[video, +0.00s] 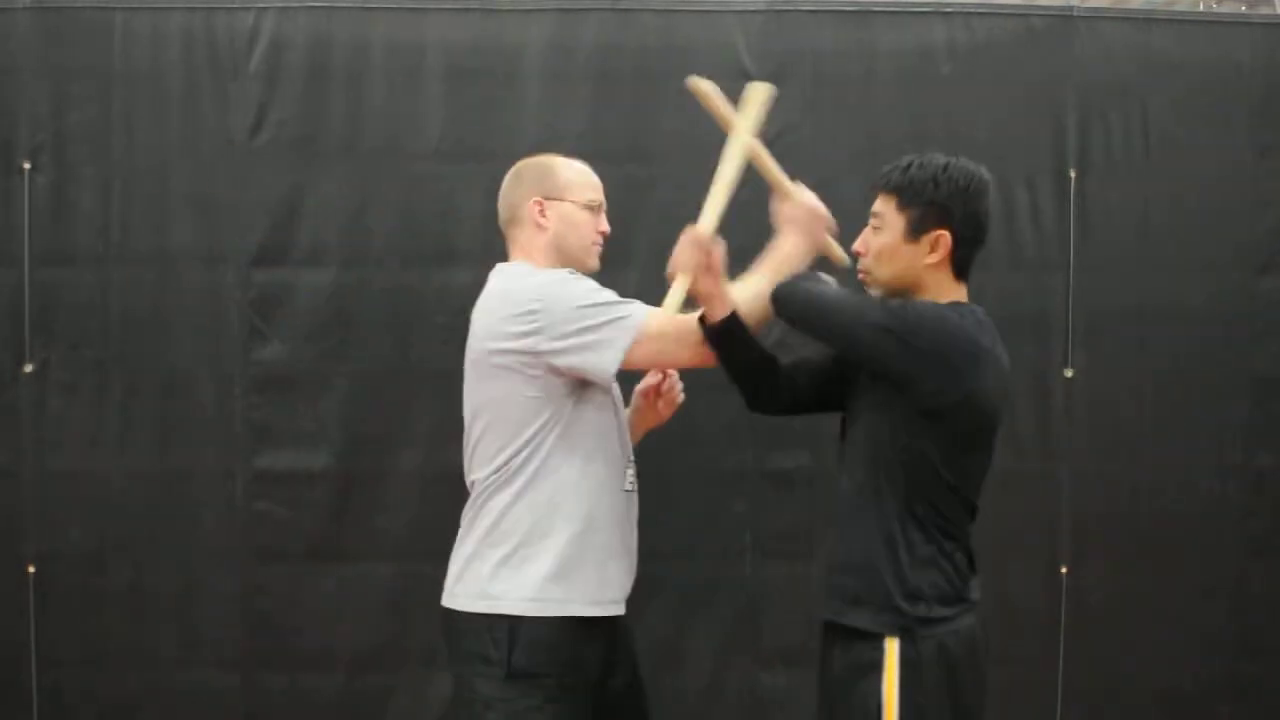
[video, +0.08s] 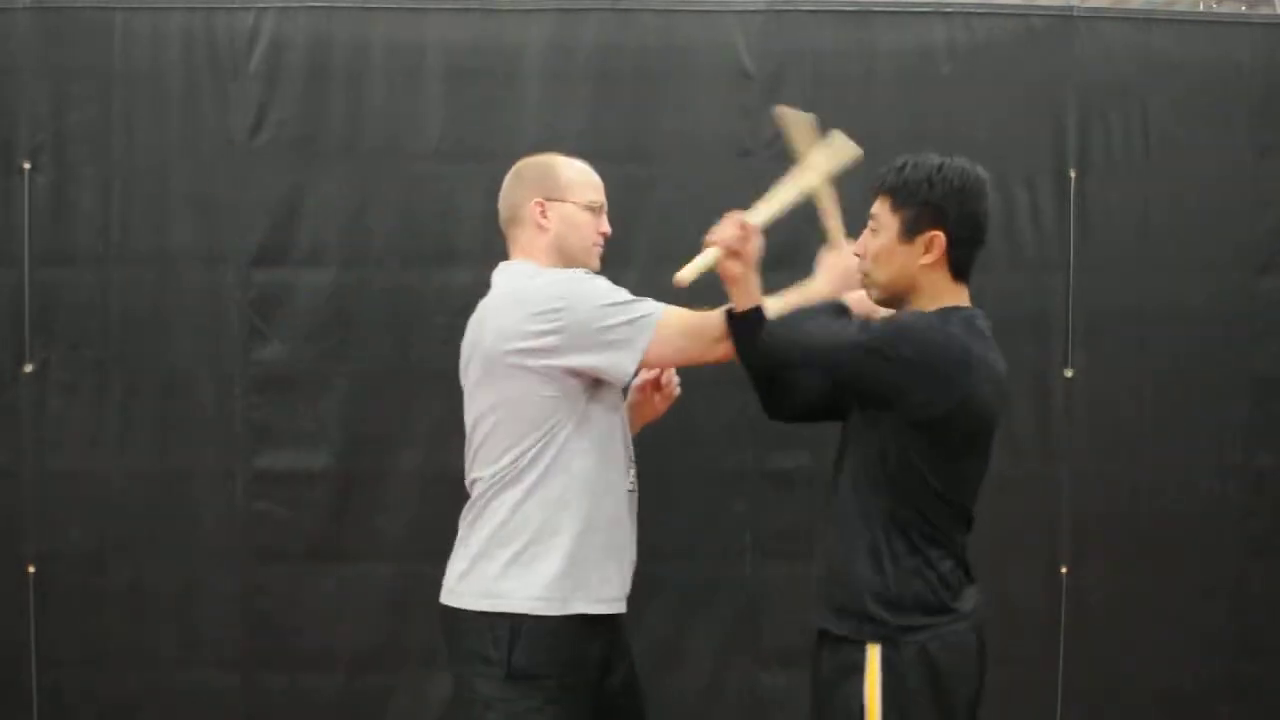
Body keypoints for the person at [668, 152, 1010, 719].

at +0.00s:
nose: (858, 244)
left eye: (877, 227)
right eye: (866, 226)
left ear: (935, 246)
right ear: (933, 248)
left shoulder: (954, 338)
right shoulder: (896, 341)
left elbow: (792, 296)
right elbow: (772, 390)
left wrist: (804, 240)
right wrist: (714, 297)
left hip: (908, 641)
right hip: (869, 635)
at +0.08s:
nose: (859, 245)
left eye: (874, 230)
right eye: (866, 228)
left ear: (930, 247)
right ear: (928, 248)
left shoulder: (939, 344)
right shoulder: (922, 341)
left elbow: (787, 356)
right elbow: (788, 398)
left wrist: (836, 298)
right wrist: (742, 283)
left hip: (895, 647)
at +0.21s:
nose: (852, 251)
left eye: (864, 233)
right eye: (857, 232)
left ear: (913, 247)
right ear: (919, 250)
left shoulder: (897, 362)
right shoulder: (972, 347)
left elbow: (757, 439)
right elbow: (858, 414)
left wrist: (777, 336)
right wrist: (813, 327)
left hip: (876, 649)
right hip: (944, 634)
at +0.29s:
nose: (840, 247)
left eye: (851, 231)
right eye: (845, 230)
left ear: (898, 246)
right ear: (905, 249)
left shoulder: (871, 364)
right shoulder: (974, 356)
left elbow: (742, 466)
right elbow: (871, 426)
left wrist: (712, 404)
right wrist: (772, 397)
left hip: (877, 653)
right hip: (957, 634)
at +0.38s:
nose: (829, 248)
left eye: (840, 231)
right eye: (835, 230)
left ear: (886, 248)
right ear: (897, 251)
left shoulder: (860, 366)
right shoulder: (973, 359)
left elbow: (742, 474)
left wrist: (691, 434)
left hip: (878, 651)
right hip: (961, 637)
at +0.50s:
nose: (830, 245)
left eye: (844, 230)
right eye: (838, 227)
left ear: (894, 248)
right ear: (900, 250)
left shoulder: (891, 368)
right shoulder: (946, 341)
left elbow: (774, 491)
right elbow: (832, 404)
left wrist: (691, 472)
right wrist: (851, 295)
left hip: (894, 652)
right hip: (942, 633)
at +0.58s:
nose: (836, 244)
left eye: (850, 228)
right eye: (842, 228)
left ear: (905, 246)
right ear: (903, 248)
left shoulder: (932, 366)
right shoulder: (900, 348)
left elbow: (816, 501)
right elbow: (774, 370)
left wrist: (739, 472)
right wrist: (786, 268)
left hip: (914, 649)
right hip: (882, 638)